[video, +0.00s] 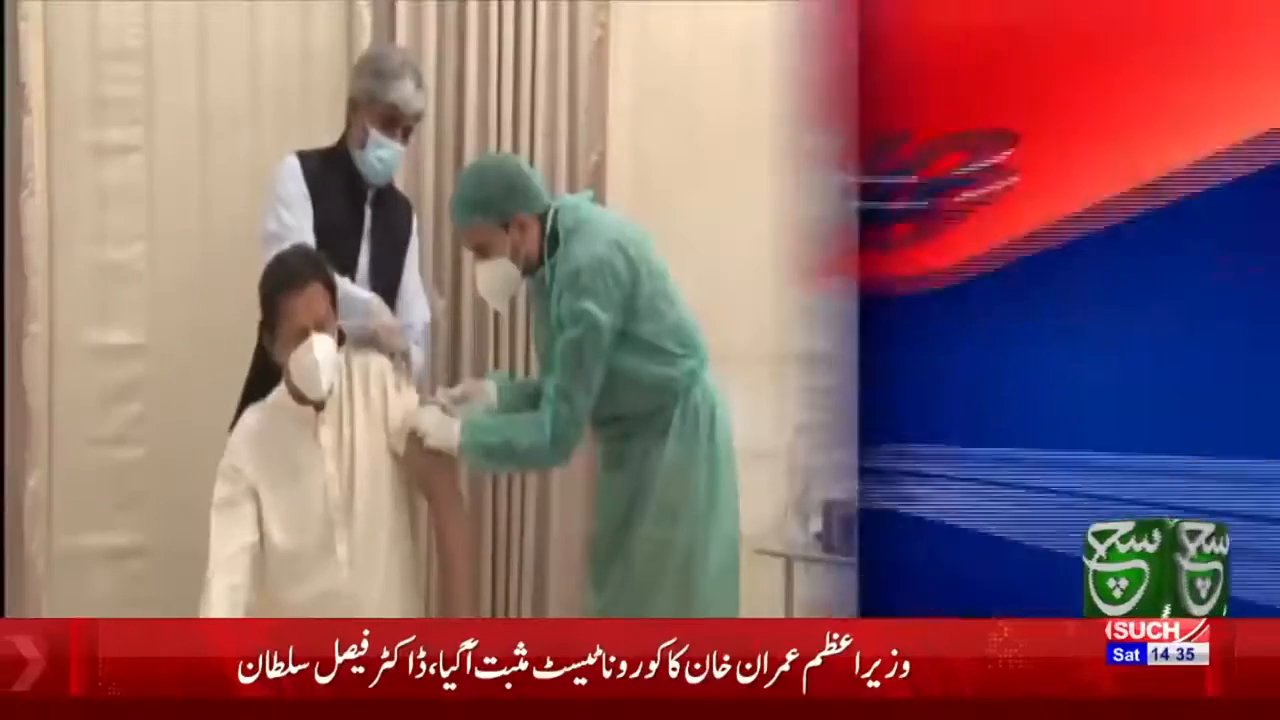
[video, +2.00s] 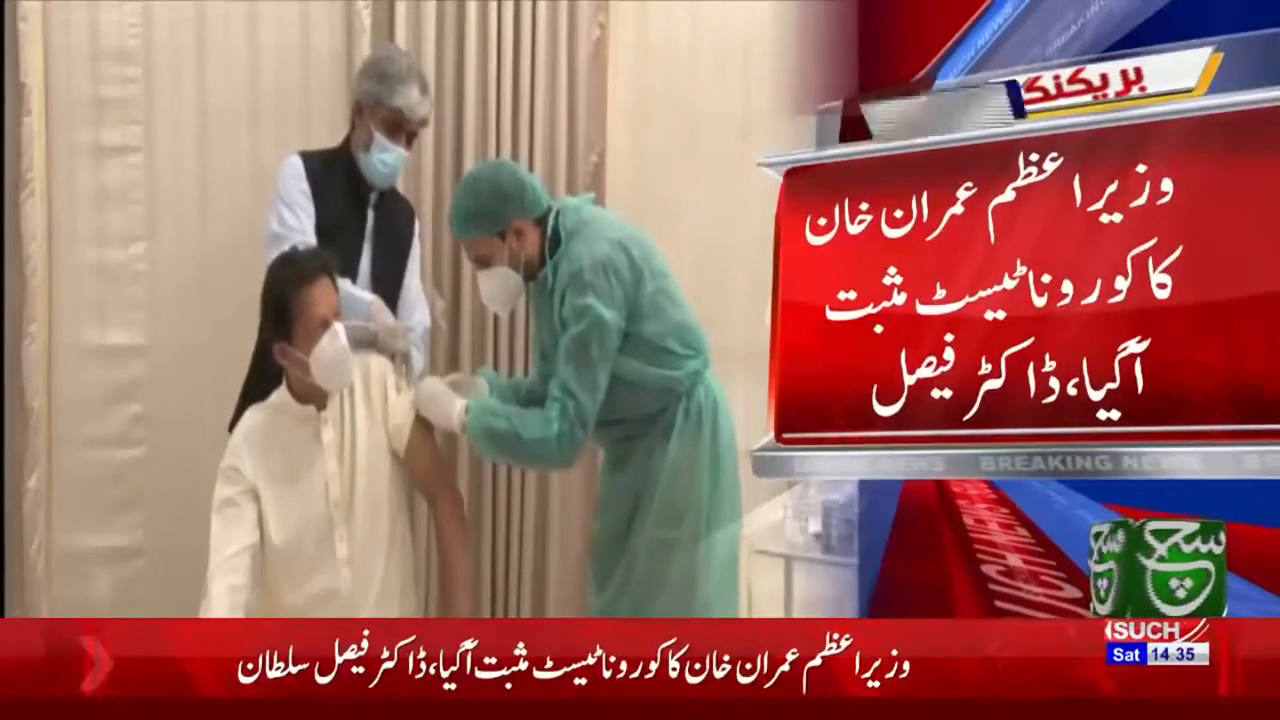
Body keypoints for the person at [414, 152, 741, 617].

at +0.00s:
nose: (481, 265)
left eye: (483, 251)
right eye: (474, 253)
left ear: (521, 227)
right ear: (522, 228)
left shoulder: (590, 260)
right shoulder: (554, 255)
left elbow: (558, 433)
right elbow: (557, 392)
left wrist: (459, 435)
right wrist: (491, 393)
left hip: (676, 432)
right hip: (629, 433)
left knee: (655, 594)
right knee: (616, 588)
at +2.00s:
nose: (483, 276)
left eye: (485, 262)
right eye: (476, 265)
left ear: (519, 233)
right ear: (519, 233)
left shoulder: (591, 261)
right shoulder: (553, 260)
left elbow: (563, 436)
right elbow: (551, 395)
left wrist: (462, 416)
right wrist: (485, 389)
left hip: (679, 434)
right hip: (632, 437)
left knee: (656, 605)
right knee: (614, 599)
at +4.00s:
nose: (506, 206)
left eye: (512, 190)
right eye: (501, 192)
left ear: (553, 171)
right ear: (551, 171)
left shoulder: (611, 225)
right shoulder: (581, 211)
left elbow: (583, 388)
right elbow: (595, 333)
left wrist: (484, 433)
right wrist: (550, 367)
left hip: (666, 429)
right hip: (629, 427)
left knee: (644, 600)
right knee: (613, 593)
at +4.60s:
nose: (528, 173)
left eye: (534, 159)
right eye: (523, 160)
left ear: (576, 141)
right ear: (572, 142)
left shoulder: (626, 209)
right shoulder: (596, 197)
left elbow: (586, 356)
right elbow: (588, 324)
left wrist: (486, 417)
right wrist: (554, 355)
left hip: (658, 429)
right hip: (622, 426)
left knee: (639, 602)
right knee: (608, 595)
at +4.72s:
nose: (495, 239)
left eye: (497, 220)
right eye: (486, 222)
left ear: (543, 183)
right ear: (543, 182)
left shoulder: (635, 220)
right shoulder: (584, 219)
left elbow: (588, 448)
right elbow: (585, 400)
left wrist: (457, 456)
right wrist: (500, 395)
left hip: (749, 456)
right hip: (677, 462)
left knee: (724, 653)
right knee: (655, 649)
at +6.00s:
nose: (492, 253)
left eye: (494, 236)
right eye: (483, 239)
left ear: (541, 198)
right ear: (542, 197)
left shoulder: (633, 230)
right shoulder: (581, 228)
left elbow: (589, 453)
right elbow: (573, 398)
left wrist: (459, 462)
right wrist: (488, 398)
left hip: (749, 461)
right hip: (677, 468)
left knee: (728, 655)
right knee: (653, 651)